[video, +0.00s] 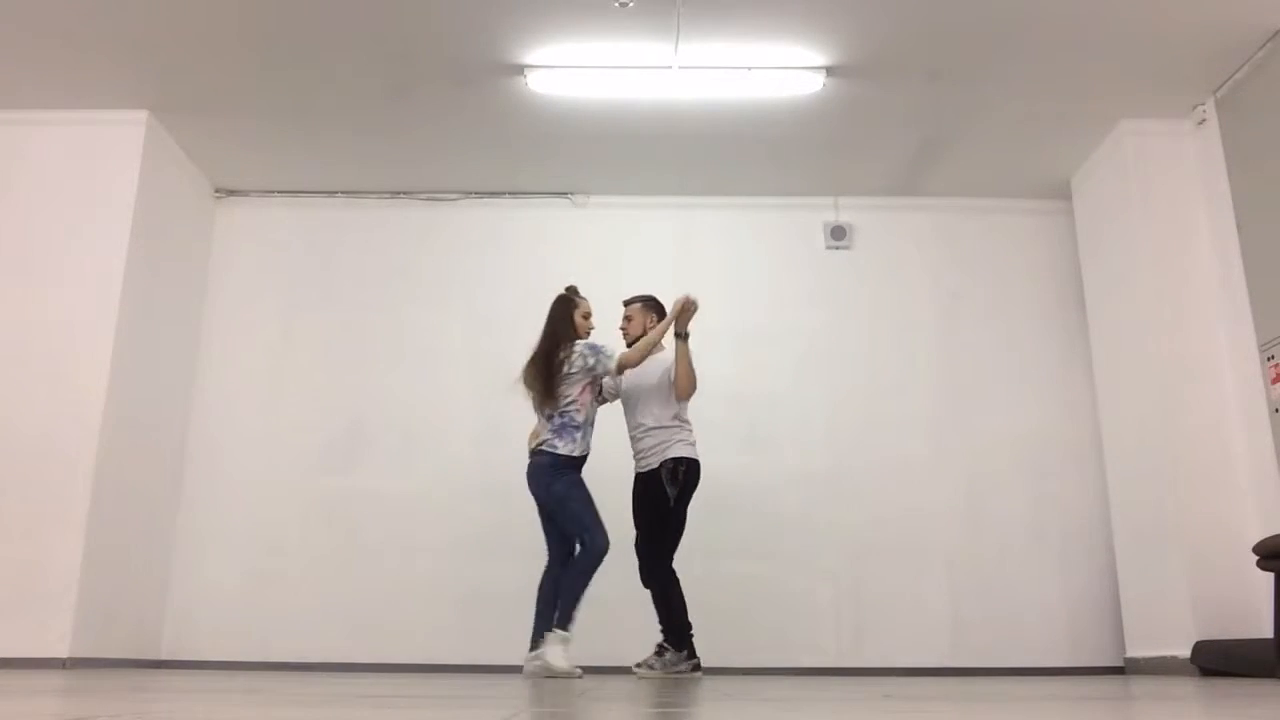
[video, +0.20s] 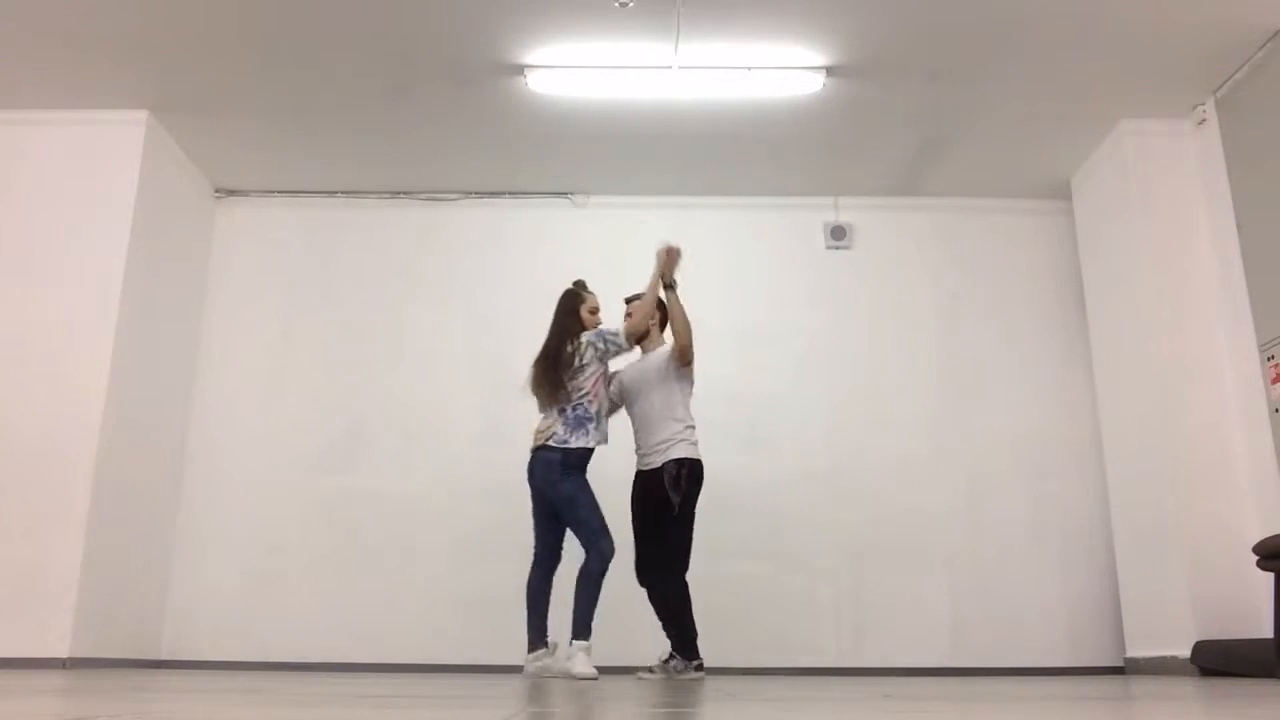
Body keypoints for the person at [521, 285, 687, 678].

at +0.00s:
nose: (592, 323)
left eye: (592, 316)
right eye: (587, 317)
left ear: (563, 320)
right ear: (571, 319)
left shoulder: (557, 358)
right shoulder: (581, 351)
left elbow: (590, 396)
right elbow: (630, 357)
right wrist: (669, 323)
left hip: (545, 469)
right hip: (558, 470)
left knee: (560, 556)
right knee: (595, 544)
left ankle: (538, 651)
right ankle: (557, 637)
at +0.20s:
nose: (601, 317)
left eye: (599, 311)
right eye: (593, 312)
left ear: (571, 318)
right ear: (574, 314)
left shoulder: (559, 353)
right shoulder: (589, 343)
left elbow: (600, 398)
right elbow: (638, 326)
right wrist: (659, 277)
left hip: (543, 465)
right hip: (563, 467)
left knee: (545, 558)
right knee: (600, 549)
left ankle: (537, 652)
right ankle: (578, 649)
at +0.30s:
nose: (601, 310)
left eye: (599, 303)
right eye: (592, 303)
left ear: (581, 309)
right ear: (577, 307)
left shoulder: (571, 346)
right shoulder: (578, 337)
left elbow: (571, 405)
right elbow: (613, 309)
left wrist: (603, 375)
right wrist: (634, 255)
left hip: (562, 457)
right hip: (560, 459)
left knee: (569, 555)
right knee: (594, 548)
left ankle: (540, 649)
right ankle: (575, 649)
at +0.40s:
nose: (590, 300)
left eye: (591, 296)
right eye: (581, 295)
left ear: (590, 308)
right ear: (563, 302)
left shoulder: (584, 350)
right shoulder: (560, 335)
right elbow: (581, 287)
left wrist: (604, 380)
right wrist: (596, 238)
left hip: (577, 462)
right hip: (551, 460)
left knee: (608, 544)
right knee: (585, 544)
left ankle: (559, 621)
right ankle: (574, 647)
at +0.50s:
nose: (574, 305)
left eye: (582, 299)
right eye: (567, 299)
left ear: (592, 305)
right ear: (555, 303)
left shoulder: (603, 351)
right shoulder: (546, 338)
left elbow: (610, 407)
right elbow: (536, 280)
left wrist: (600, 392)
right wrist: (567, 241)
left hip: (585, 457)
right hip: (543, 453)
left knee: (607, 532)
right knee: (568, 544)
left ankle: (586, 607)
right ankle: (570, 648)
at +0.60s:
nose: (567, 302)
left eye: (576, 295)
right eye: (561, 295)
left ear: (588, 298)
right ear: (552, 297)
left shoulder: (606, 341)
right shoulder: (536, 332)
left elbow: (623, 397)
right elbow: (513, 278)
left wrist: (576, 390)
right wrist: (557, 244)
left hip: (583, 445)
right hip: (540, 443)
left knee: (554, 519)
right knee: (552, 535)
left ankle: (583, 613)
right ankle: (571, 637)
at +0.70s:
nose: (563, 298)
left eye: (572, 290)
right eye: (557, 291)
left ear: (584, 295)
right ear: (548, 295)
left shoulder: (590, 334)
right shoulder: (542, 329)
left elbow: (592, 383)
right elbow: (519, 290)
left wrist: (548, 386)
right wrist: (556, 264)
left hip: (576, 445)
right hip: (550, 444)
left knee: (531, 533)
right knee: (555, 552)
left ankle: (538, 643)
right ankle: (599, 647)